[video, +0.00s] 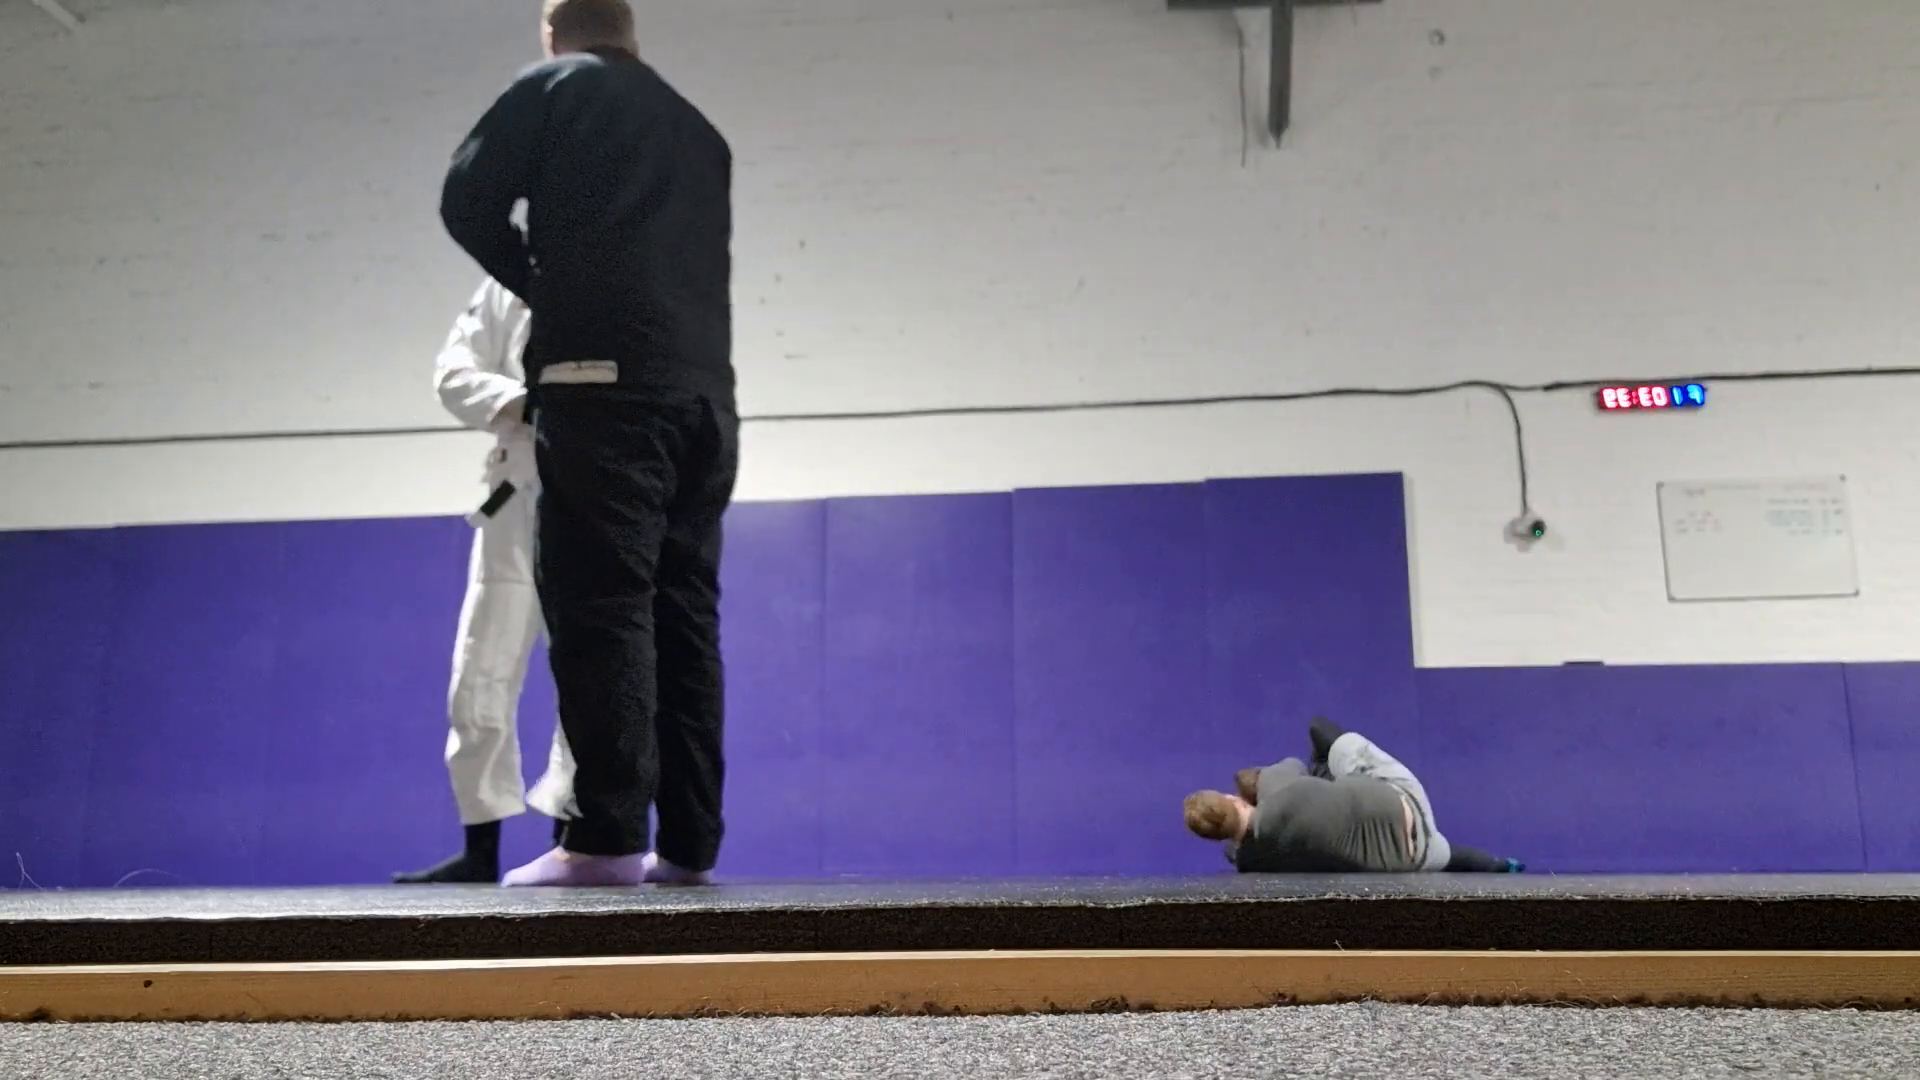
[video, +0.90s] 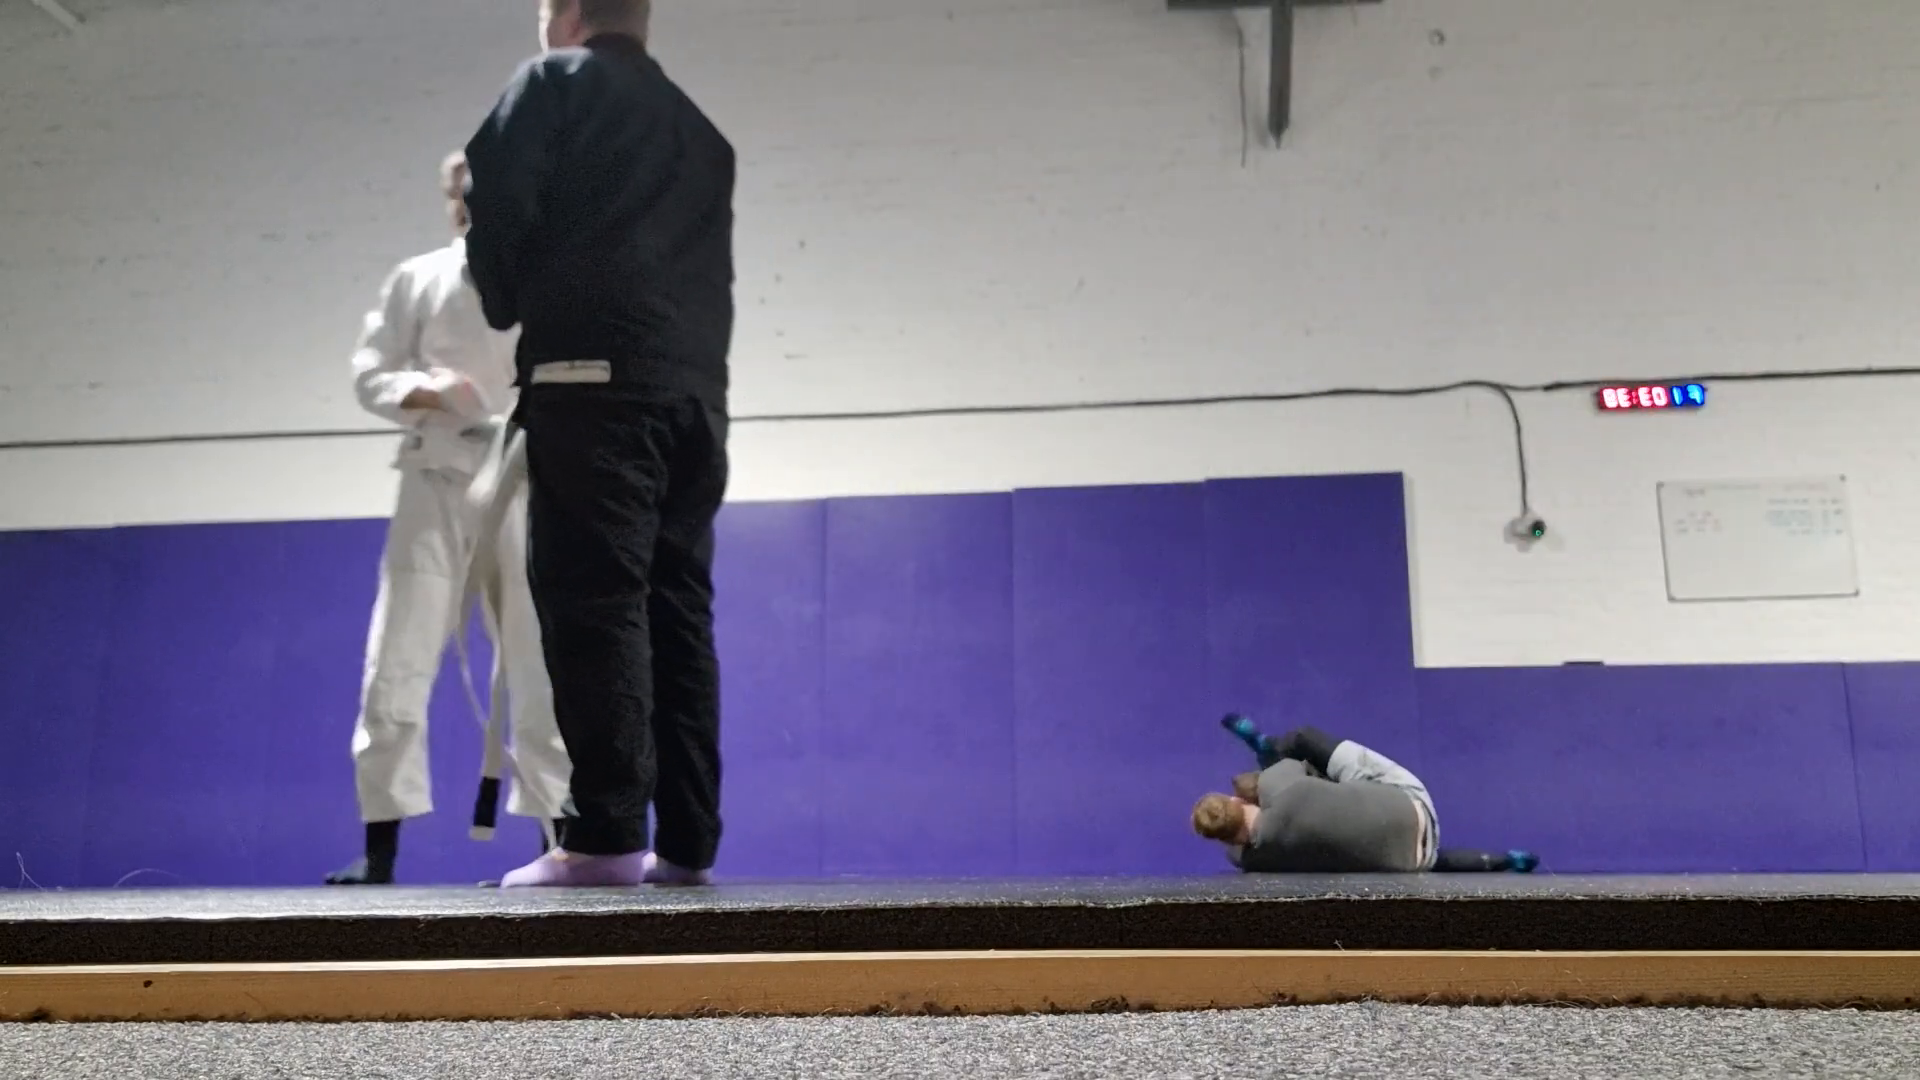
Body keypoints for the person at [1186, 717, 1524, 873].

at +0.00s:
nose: (1231, 788)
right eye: (1227, 790)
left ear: (1218, 839)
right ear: (1235, 794)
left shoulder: (1251, 863)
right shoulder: (1277, 785)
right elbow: (1296, 768)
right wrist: (1256, 781)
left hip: (1414, 861)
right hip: (1409, 807)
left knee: (1446, 854)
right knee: (1326, 732)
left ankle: (1505, 866)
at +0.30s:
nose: (1232, 799)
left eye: (1220, 822)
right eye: (1230, 796)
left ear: (1226, 836)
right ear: (1239, 791)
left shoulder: (1259, 857)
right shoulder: (1279, 776)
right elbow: (1312, 771)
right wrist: (1274, 777)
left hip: (1421, 861)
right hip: (1423, 807)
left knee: (1447, 855)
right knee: (1323, 737)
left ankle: (1523, 865)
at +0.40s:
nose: (1231, 796)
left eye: (1218, 814)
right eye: (1229, 793)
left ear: (1226, 834)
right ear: (1238, 789)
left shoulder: (1257, 858)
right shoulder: (1280, 777)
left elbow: (1250, 850)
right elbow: (1313, 763)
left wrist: (1252, 816)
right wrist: (1261, 777)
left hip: (1419, 860)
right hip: (1418, 805)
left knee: (1446, 856)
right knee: (1317, 738)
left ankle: (1522, 864)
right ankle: (1264, 752)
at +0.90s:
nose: (1234, 791)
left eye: (1221, 829)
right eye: (1232, 792)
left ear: (1225, 842)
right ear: (1241, 794)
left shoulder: (1258, 864)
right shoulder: (1279, 785)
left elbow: (1248, 845)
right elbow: (1295, 766)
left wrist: (1242, 829)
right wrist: (1256, 789)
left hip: (1415, 860)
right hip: (1415, 807)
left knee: (1428, 858)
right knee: (1308, 737)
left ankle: (1505, 861)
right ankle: (1269, 745)